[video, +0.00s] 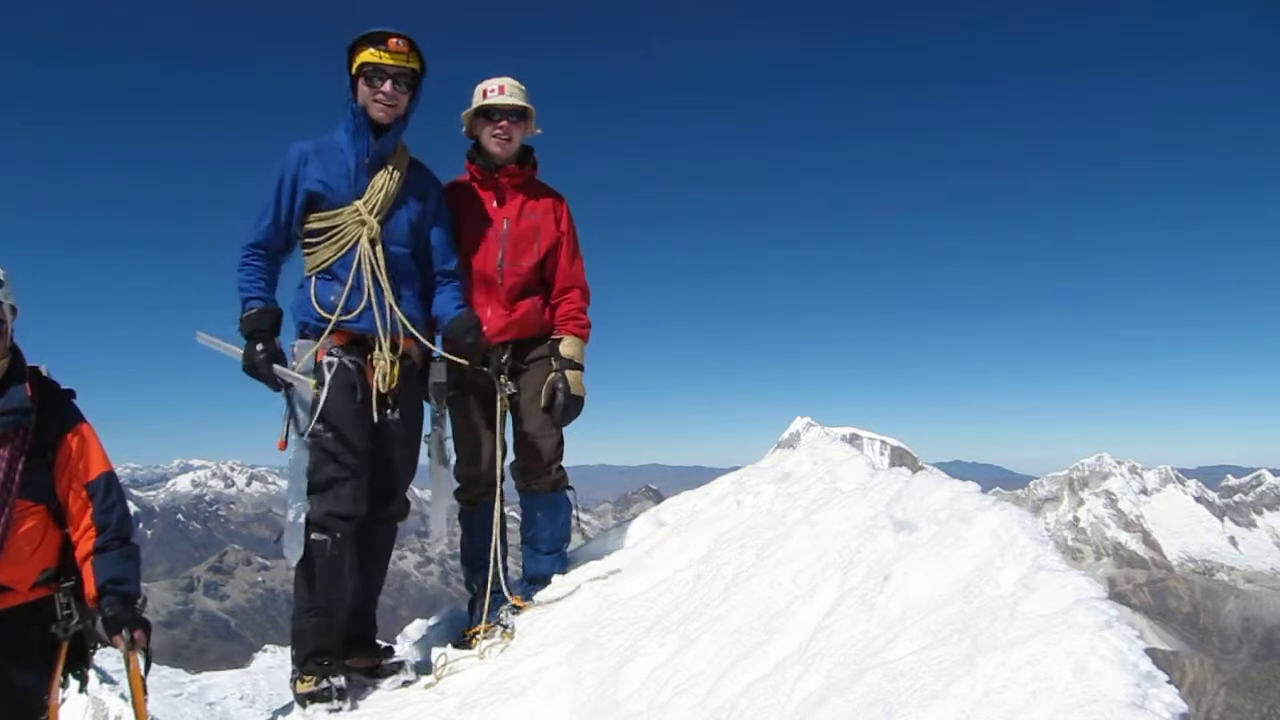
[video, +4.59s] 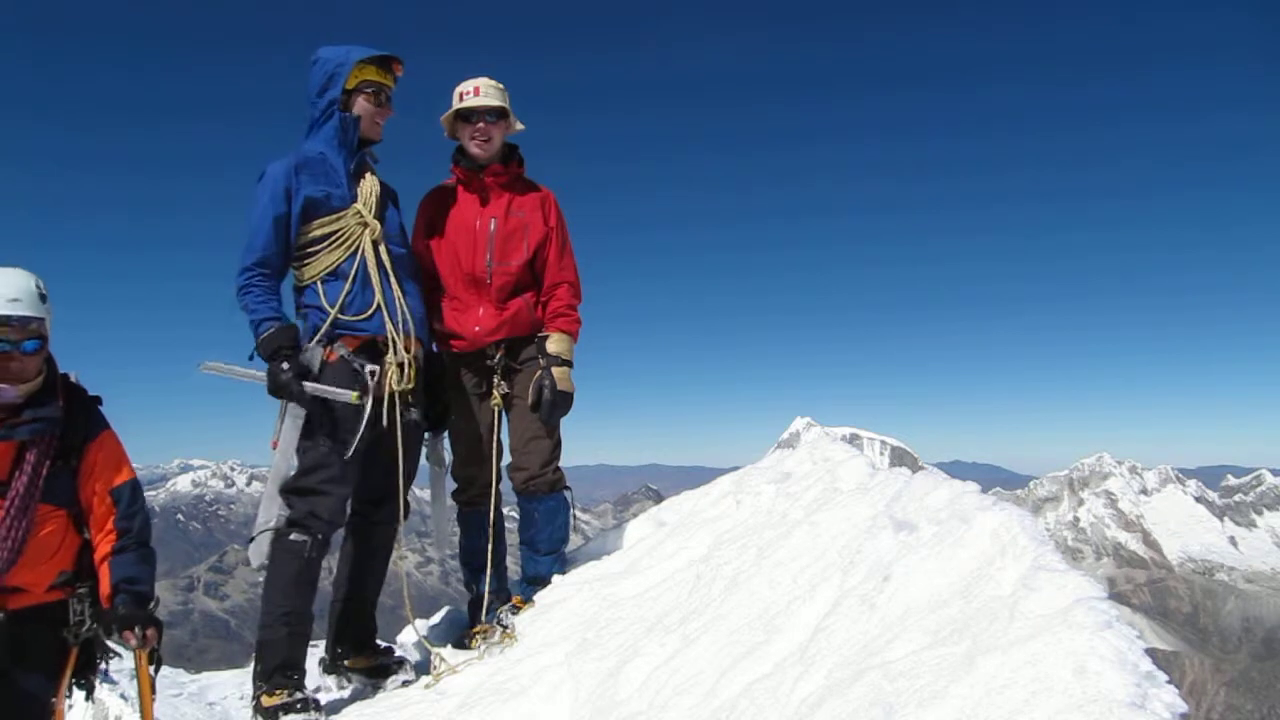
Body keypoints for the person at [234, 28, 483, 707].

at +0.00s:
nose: (388, 89)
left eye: (401, 80)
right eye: (376, 76)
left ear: (414, 92)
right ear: (355, 83)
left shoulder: (421, 182)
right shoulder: (309, 160)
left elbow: (445, 274)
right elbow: (261, 250)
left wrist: (456, 328)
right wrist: (259, 329)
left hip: (404, 357)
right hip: (330, 352)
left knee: (384, 503)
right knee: (339, 500)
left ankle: (357, 641)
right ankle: (316, 658)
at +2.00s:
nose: (384, 97)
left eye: (397, 88)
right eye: (372, 85)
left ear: (410, 100)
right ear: (352, 92)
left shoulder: (418, 191)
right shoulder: (312, 163)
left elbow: (431, 283)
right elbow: (261, 257)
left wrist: (438, 362)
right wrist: (256, 338)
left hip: (405, 363)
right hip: (338, 356)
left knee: (377, 506)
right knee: (326, 503)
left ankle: (354, 639)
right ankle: (299, 670)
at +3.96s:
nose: (388, 109)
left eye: (391, 99)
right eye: (377, 97)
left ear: (385, 108)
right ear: (342, 99)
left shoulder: (387, 192)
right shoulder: (298, 171)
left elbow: (416, 280)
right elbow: (254, 268)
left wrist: (431, 358)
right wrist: (310, 293)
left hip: (397, 368)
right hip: (334, 364)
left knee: (378, 512)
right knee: (314, 509)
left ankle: (354, 646)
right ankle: (279, 678)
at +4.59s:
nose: (383, 107)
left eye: (387, 98)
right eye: (372, 95)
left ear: (383, 107)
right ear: (336, 97)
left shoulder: (383, 193)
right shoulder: (294, 172)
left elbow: (410, 280)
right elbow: (257, 274)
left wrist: (431, 358)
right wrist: (280, 348)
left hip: (400, 371)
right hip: (334, 366)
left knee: (379, 513)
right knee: (310, 514)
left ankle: (354, 645)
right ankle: (278, 682)